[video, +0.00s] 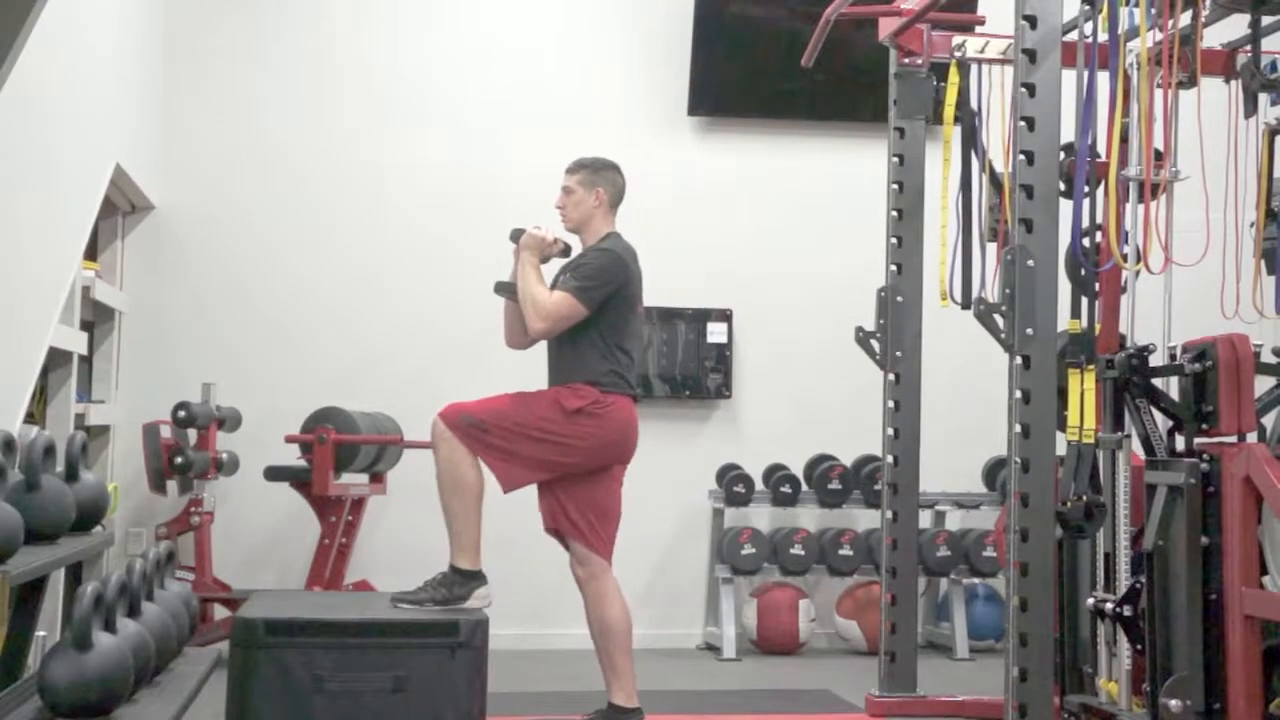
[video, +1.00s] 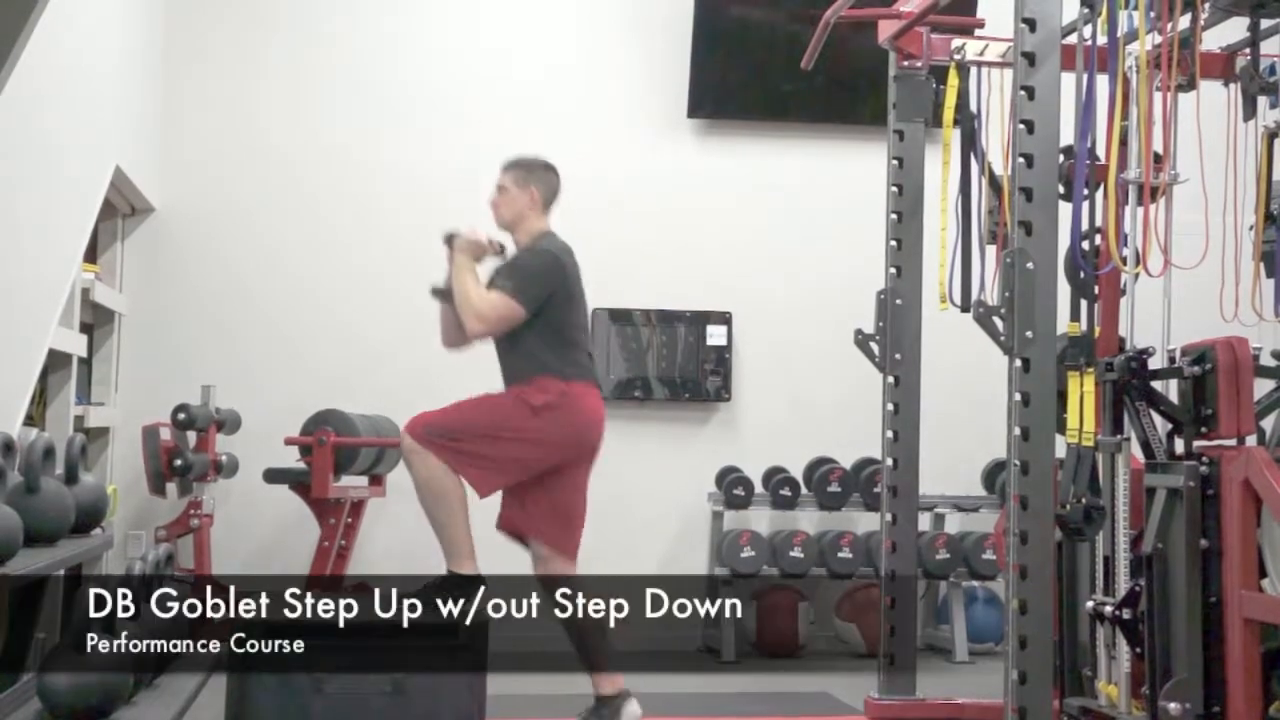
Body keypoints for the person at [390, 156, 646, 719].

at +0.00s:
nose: (558, 202)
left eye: (568, 191)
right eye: (561, 191)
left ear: (600, 198)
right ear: (596, 201)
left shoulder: (609, 256)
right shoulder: (587, 262)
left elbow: (541, 322)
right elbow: (517, 335)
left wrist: (531, 257)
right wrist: (521, 270)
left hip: (592, 410)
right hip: (603, 418)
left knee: (452, 426)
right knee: (592, 566)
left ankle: (464, 574)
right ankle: (624, 705)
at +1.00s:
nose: (493, 199)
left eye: (503, 189)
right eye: (495, 189)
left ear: (533, 197)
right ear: (527, 198)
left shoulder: (548, 257)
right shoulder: (523, 263)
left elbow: (481, 319)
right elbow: (456, 336)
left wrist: (462, 259)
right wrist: (457, 272)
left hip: (558, 405)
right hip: (570, 413)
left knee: (421, 438)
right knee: (553, 563)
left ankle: (464, 578)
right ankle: (612, 695)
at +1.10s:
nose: (474, 158)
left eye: (483, 148)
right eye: (476, 148)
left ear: (514, 153)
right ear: (512, 154)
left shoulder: (526, 214)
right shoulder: (509, 218)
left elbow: (459, 272)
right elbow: (434, 292)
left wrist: (444, 210)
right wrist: (439, 226)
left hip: (539, 366)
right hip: (563, 371)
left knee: (419, 439)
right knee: (535, 521)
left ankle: (463, 576)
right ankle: (583, 640)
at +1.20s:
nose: (464, 117)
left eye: (473, 107)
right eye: (466, 107)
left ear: (505, 112)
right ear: (503, 112)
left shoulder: (517, 171)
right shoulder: (501, 177)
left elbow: (446, 233)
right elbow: (425, 252)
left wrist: (434, 168)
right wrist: (430, 184)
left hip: (528, 328)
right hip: (535, 332)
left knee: (427, 437)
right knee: (482, 480)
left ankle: (464, 580)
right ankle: (557, 594)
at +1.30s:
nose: (458, 77)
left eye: (467, 66)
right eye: (461, 67)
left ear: (499, 69)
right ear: (496, 72)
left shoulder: (512, 128)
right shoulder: (492, 136)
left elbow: (442, 192)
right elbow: (426, 216)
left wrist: (430, 129)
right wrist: (423, 154)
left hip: (519, 294)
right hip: (494, 293)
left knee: (449, 429)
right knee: (404, 389)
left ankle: (464, 581)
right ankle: (488, 481)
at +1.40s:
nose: (456, 61)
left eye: (464, 49)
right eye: (458, 50)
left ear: (496, 50)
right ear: (497, 51)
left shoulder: (509, 107)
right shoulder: (491, 115)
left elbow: (438, 173)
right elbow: (427, 201)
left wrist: (427, 111)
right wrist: (427, 133)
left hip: (507, 280)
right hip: (470, 274)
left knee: (461, 429)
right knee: (366, 303)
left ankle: (465, 580)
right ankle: (431, 416)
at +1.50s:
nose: (453, 54)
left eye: (462, 43)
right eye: (455, 44)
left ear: (495, 46)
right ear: (495, 47)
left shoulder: (507, 105)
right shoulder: (488, 111)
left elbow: (434, 169)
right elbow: (422, 197)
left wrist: (425, 106)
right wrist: (427, 125)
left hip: (499, 280)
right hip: (466, 266)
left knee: (464, 432)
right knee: (363, 250)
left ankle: (465, 582)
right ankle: (395, 375)